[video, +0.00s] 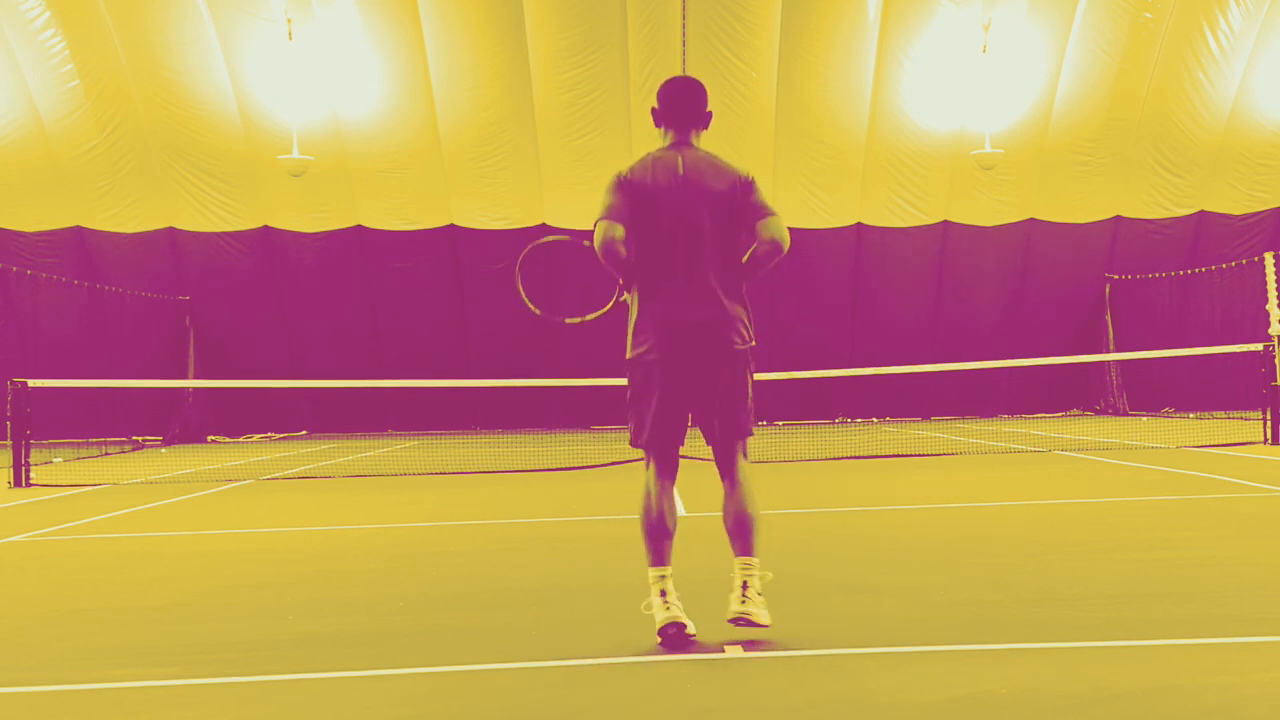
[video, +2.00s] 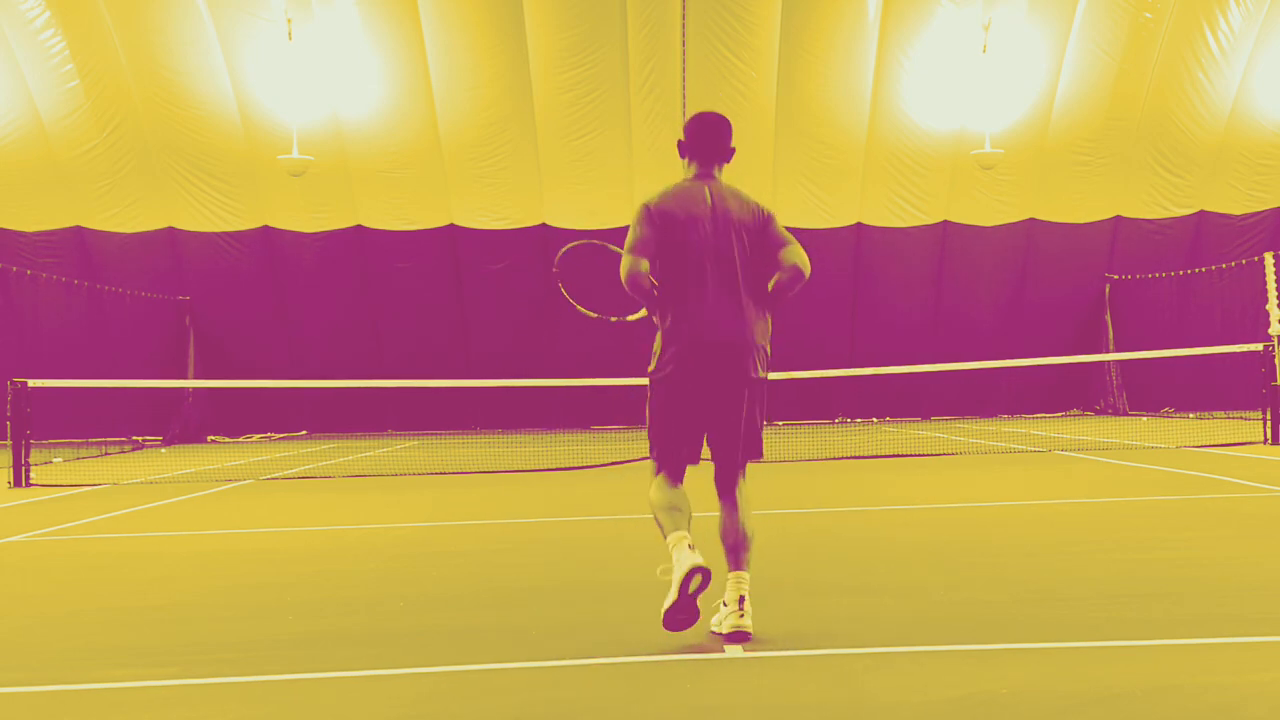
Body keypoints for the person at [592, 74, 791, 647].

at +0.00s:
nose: (674, 128)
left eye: (663, 117)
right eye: (697, 119)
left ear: (656, 120)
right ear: (708, 122)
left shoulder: (631, 179)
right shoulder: (735, 179)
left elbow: (607, 240)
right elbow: (775, 240)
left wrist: (633, 281)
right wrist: (736, 281)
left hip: (658, 339)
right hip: (721, 336)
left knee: (659, 470)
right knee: (733, 463)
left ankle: (664, 601)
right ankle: (747, 591)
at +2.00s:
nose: (691, 159)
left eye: (686, 150)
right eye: (717, 153)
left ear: (683, 152)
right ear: (730, 156)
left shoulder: (658, 207)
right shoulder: (754, 211)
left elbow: (633, 272)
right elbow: (797, 266)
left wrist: (659, 307)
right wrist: (761, 303)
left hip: (682, 357)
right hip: (740, 359)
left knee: (667, 473)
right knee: (731, 483)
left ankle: (684, 556)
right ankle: (737, 603)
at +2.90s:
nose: (701, 156)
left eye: (681, 144)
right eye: (716, 146)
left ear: (673, 146)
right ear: (723, 149)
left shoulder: (638, 200)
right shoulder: (747, 208)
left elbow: (616, 284)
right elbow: (775, 275)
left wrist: (625, 336)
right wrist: (736, 311)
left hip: (654, 349)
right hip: (720, 350)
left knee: (636, 470)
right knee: (726, 469)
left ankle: (626, 590)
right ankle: (737, 593)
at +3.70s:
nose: (591, 148)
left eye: (588, 138)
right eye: (590, 138)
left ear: (537, 134)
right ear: (587, 137)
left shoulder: (509, 178)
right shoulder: (564, 182)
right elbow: (639, 220)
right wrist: (697, 193)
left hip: (428, 350)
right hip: (488, 357)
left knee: (455, 501)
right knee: (531, 510)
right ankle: (486, 662)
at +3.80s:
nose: (578, 185)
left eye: (577, 178)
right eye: (577, 176)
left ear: (522, 172)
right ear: (566, 175)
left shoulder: (495, 219)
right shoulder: (528, 213)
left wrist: (492, 380)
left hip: (399, 378)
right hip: (454, 379)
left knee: (411, 539)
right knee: (526, 537)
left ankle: (259, 603)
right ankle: (476, 675)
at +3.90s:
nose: (565, 222)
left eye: (567, 210)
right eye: (562, 208)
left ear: (511, 198)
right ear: (543, 203)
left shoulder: (513, 264)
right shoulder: (499, 246)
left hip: (367, 398)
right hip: (426, 397)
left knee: (372, 567)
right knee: (519, 541)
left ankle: (224, 645)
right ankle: (474, 677)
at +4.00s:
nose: (543, 213)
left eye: (543, 202)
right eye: (542, 202)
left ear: (481, 199)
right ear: (532, 205)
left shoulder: (445, 241)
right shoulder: (487, 241)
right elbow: (453, 285)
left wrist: (532, 271)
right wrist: (522, 262)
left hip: (337, 389)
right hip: (403, 389)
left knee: (329, 566)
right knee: (503, 535)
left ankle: (197, 670)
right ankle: (474, 678)